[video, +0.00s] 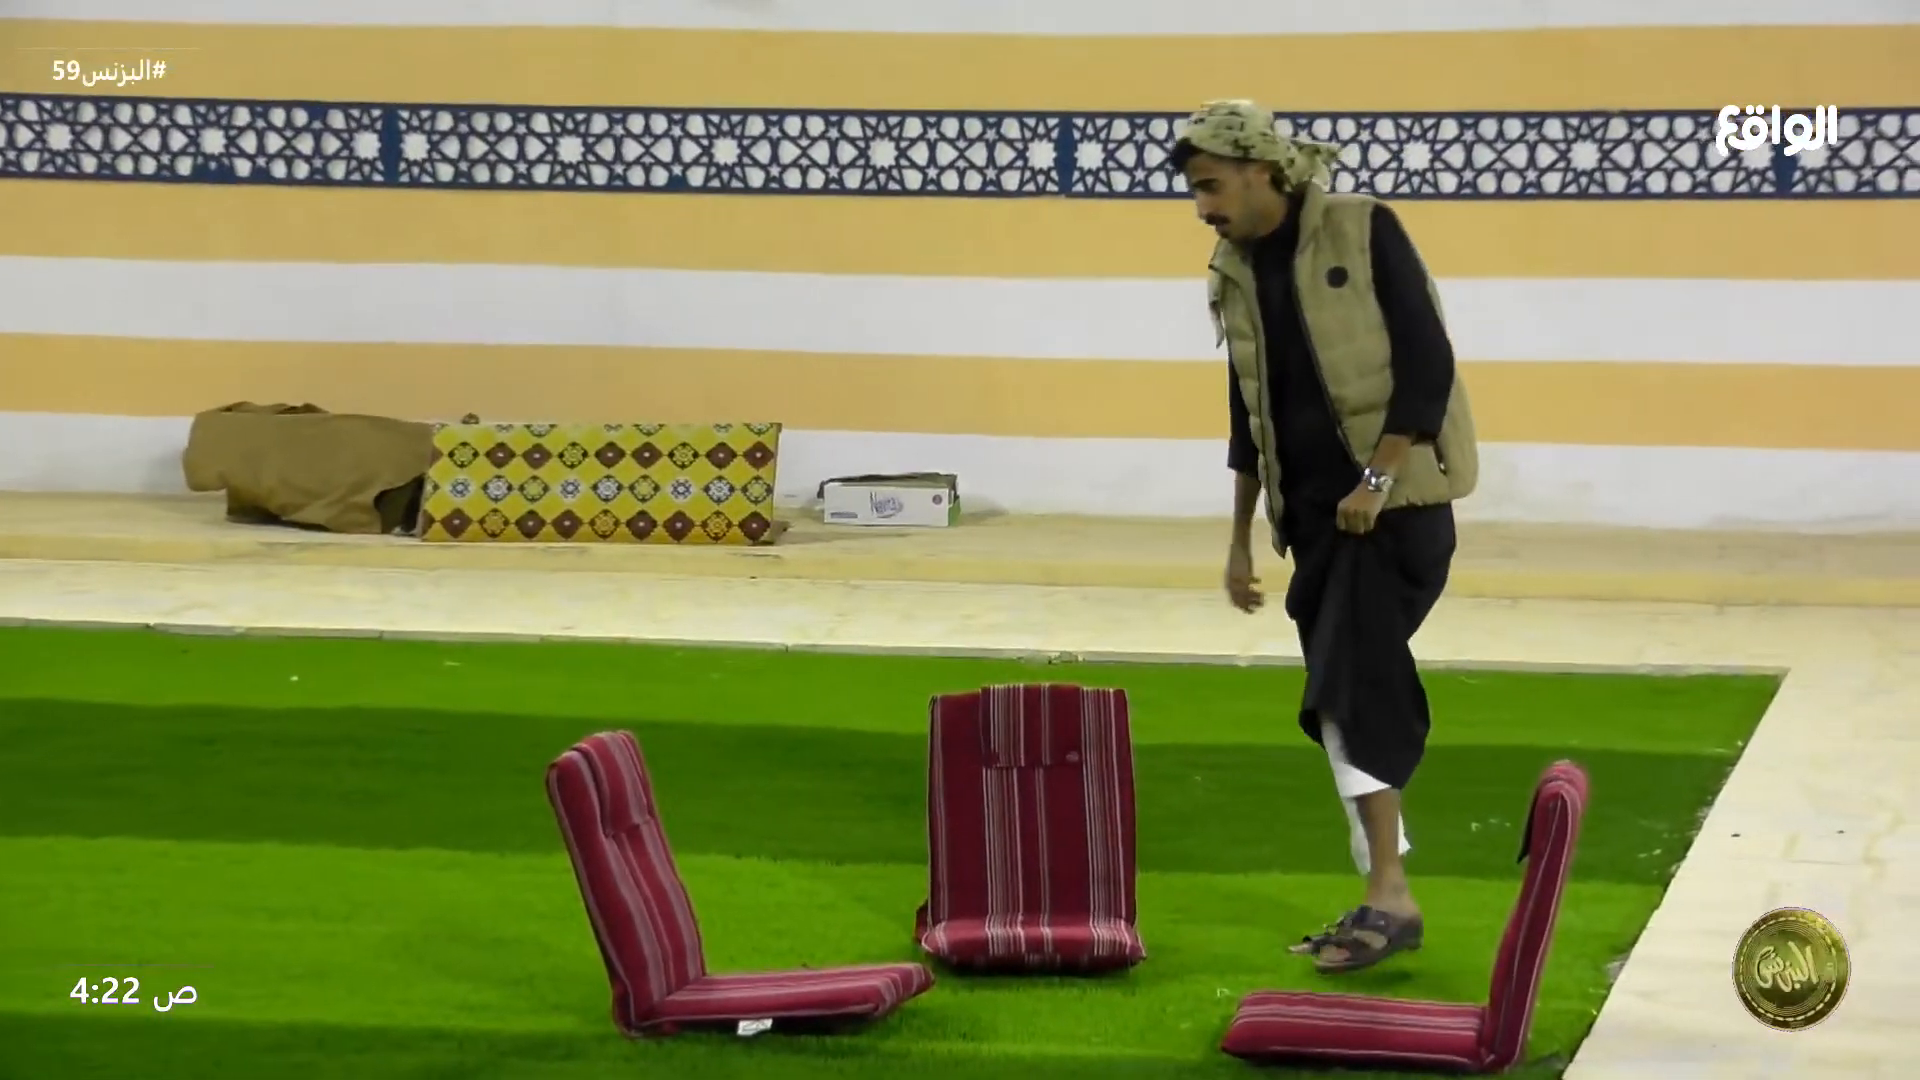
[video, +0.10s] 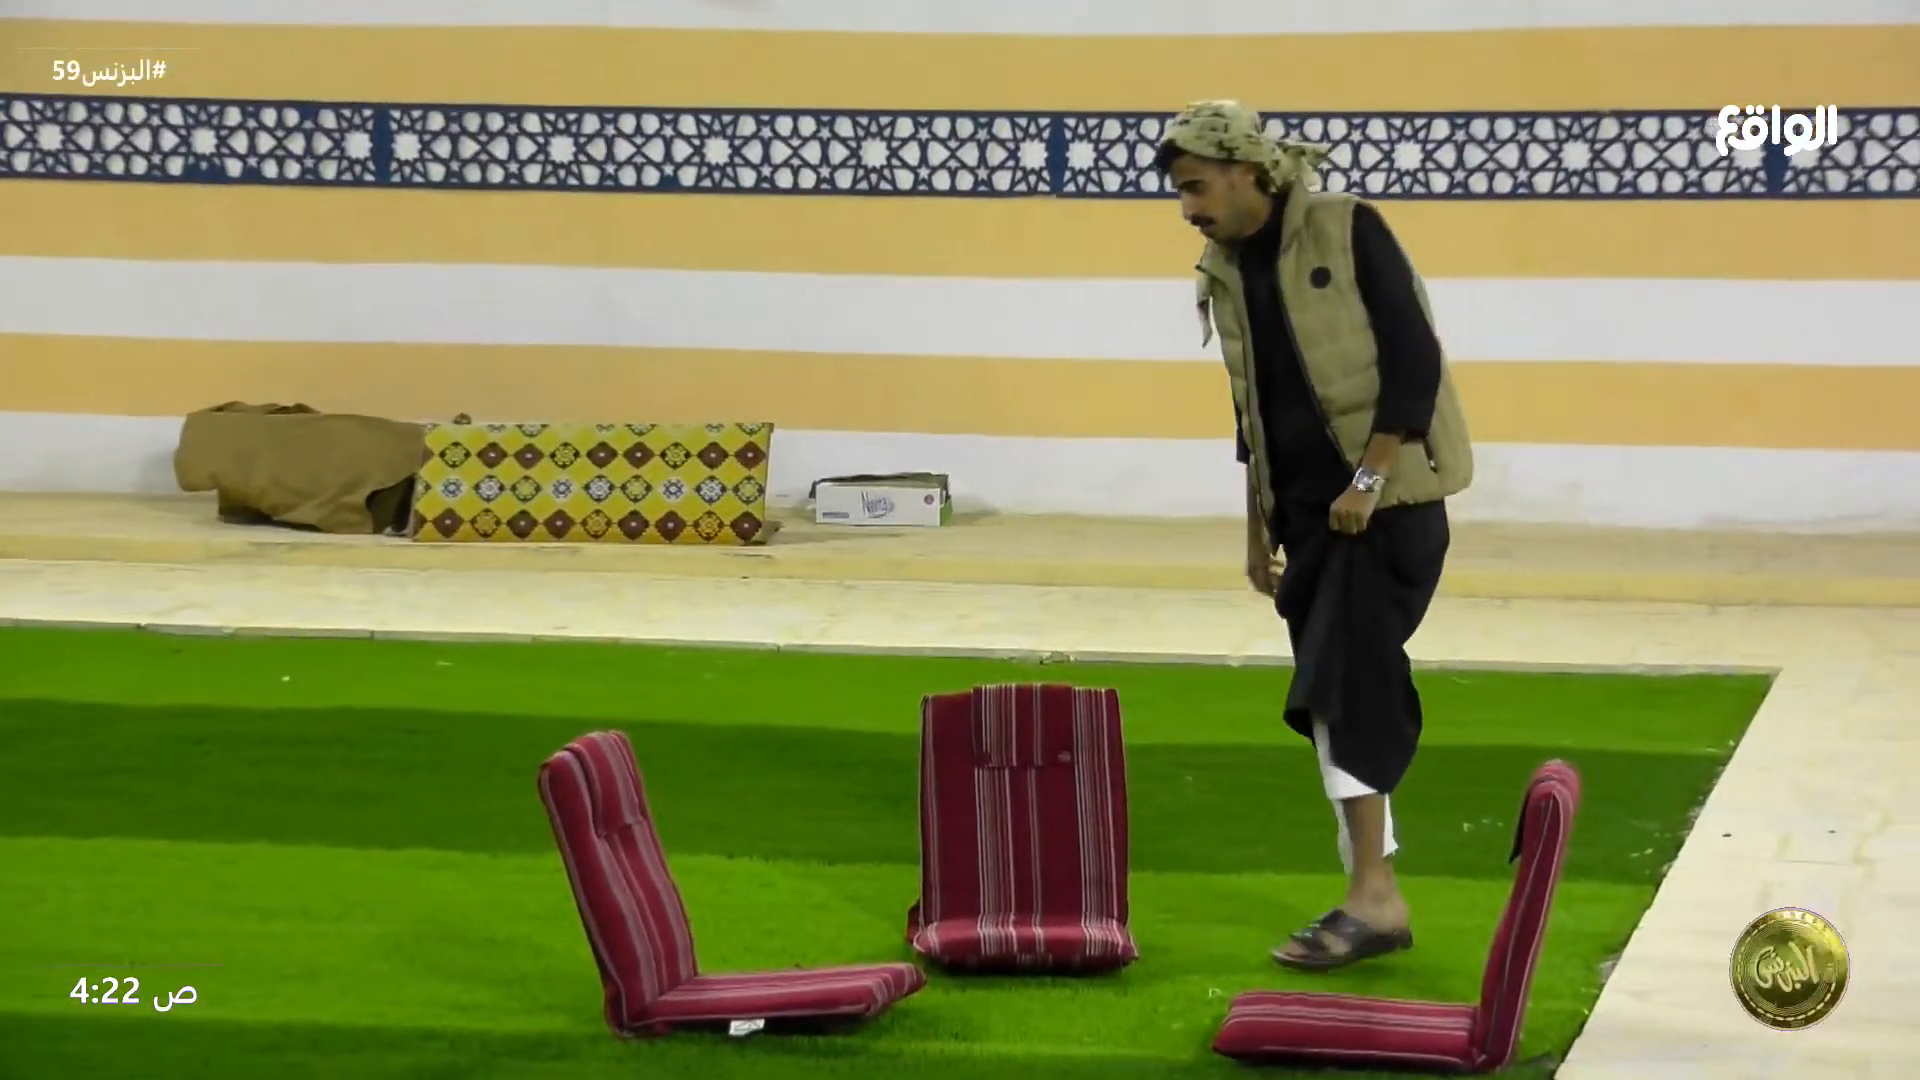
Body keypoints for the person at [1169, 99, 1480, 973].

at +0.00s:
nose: (1201, 204)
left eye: (1212, 185)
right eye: (1194, 188)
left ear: (1267, 174)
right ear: (1219, 186)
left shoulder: (1363, 229)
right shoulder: (1234, 273)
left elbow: (1429, 361)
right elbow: (1248, 407)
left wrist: (1380, 477)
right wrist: (1241, 534)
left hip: (1396, 501)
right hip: (1314, 516)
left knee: (1350, 678)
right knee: (1338, 696)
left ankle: (1390, 897)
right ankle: (1378, 904)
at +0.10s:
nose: (1187, 206)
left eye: (1197, 188)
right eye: (1180, 191)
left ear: (1253, 174)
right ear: (1199, 187)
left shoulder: (1348, 229)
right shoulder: (1222, 275)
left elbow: (1416, 358)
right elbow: (1253, 408)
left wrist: (1373, 477)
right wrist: (1258, 520)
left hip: (1388, 499)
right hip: (1304, 511)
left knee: (1345, 678)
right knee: (1334, 689)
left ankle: (1374, 898)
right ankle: (1372, 901)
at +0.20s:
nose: (1167, 220)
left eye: (1175, 200)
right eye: (1162, 204)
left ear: (1231, 184)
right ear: (1209, 194)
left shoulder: (1328, 237)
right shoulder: (1218, 281)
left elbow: (1392, 366)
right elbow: (1248, 420)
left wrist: (1349, 486)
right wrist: (1265, 536)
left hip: (1369, 515)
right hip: (1300, 523)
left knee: (1329, 700)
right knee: (1321, 699)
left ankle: (1337, 912)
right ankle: (1365, 897)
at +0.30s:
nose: (1158, 226)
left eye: (1163, 208)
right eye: (1152, 212)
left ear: (1216, 192)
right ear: (1203, 200)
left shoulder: (1315, 244)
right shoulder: (1221, 280)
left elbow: (1368, 373)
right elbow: (1243, 414)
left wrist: (1327, 490)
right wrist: (1255, 521)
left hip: (1355, 523)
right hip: (1302, 527)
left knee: (1314, 707)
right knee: (1323, 704)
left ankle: (1324, 916)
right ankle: (1359, 898)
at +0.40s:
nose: (1140, 227)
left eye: (1146, 210)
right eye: (1136, 212)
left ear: (1196, 197)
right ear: (1192, 201)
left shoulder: (1273, 263)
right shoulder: (1210, 270)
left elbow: (1316, 397)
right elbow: (1234, 399)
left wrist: (1277, 506)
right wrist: (1226, 490)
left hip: (1327, 531)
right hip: (1287, 531)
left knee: (1291, 716)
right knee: (1308, 708)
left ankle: (1308, 919)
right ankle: (1341, 896)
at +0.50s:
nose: (1130, 230)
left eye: (1134, 213)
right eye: (1126, 215)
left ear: (1177, 198)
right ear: (1187, 196)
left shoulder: (1236, 271)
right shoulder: (1253, 239)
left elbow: (1272, 402)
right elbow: (1265, 374)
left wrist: (1252, 523)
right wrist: (1215, 443)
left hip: (1304, 534)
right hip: (1312, 515)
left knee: (1267, 706)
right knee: (1239, 686)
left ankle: (1292, 917)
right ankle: (1310, 873)